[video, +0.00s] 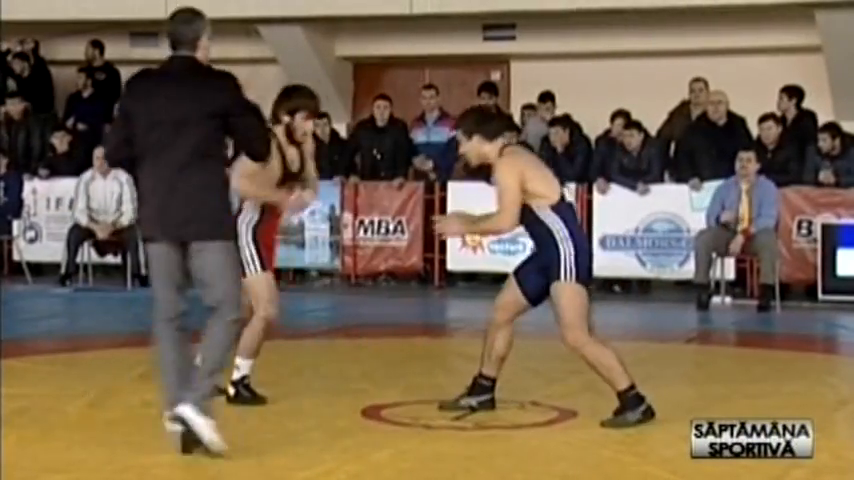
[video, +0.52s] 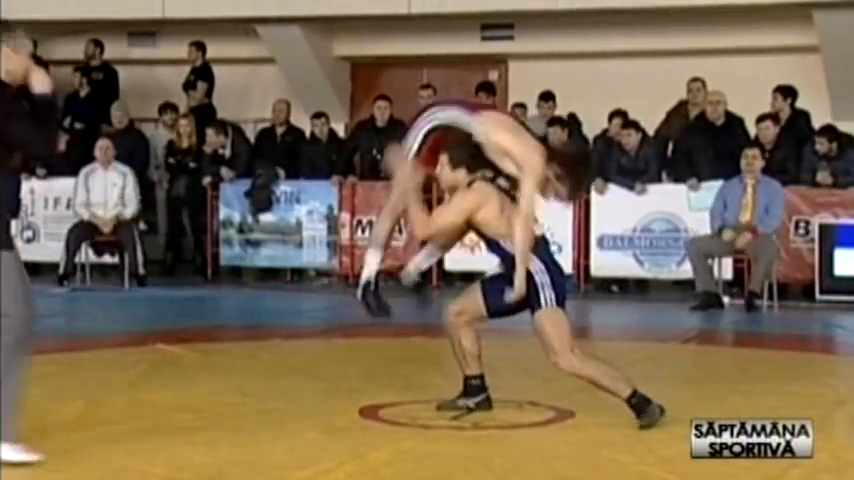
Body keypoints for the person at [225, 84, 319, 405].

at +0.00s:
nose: (310, 126)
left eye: (312, 119)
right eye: (304, 118)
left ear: (312, 121)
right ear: (286, 117)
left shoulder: (299, 148)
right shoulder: (266, 144)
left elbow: (311, 187)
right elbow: (240, 181)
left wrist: (308, 154)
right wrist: (283, 197)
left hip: (268, 224)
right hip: (248, 222)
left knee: (245, 306)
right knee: (265, 306)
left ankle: (205, 361)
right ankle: (240, 376)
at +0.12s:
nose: (352, 127)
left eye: (354, 120)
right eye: (346, 120)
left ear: (351, 122)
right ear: (327, 120)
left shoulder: (338, 153)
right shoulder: (305, 145)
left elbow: (353, 201)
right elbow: (278, 181)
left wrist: (347, 163)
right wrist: (312, 212)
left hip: (295, 224)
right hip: (273, 223)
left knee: (310, 308)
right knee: (291, 309)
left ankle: (251, 357)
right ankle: (242, 367)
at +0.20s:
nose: (384, 145)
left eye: (385, 139)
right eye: (377, 138)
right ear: (357, 138)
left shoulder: (365, 173)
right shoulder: (330, 164)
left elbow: (392, 191)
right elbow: (313, 198)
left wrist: (421, 189)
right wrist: (356, 205)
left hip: (313, 241)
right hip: (291, 240)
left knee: (337, 318)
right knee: (315, 319)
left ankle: (287, 373)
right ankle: (262, 376)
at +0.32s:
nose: (440, 137)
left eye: (442, 130)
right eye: (437, 130)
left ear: (425, 122)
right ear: (421, 121)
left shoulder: (413, 159)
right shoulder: (389, 138)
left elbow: (427, 206)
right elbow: (445, 136)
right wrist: (498, 140)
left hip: (368, 244)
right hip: (345, 237)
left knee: (353, 322)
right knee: (327, 316)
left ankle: (296, 371)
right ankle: (271, 372)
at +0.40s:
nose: (498, 143)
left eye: (501, 139)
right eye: (497, 136)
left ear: (489, 123)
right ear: (486, 120)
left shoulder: (475, 128)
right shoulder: (455, 121)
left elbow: (502, 169)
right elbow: (486, 171)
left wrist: (515, 206)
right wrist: (511, 205)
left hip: (403, 204)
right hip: (378, 193)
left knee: (375, 280)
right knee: (351, 271)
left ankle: (328, 342)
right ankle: (307, 337)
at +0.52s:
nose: (552, 195)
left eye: (559, 192)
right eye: (558, 189)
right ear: (559, 168)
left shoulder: (536, 155)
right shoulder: (532, 161)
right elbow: (523, 219)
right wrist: (520, 278)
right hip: (433, 123)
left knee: (462, 217)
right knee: (398, 199)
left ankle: (414, 269)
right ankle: (368, 276)